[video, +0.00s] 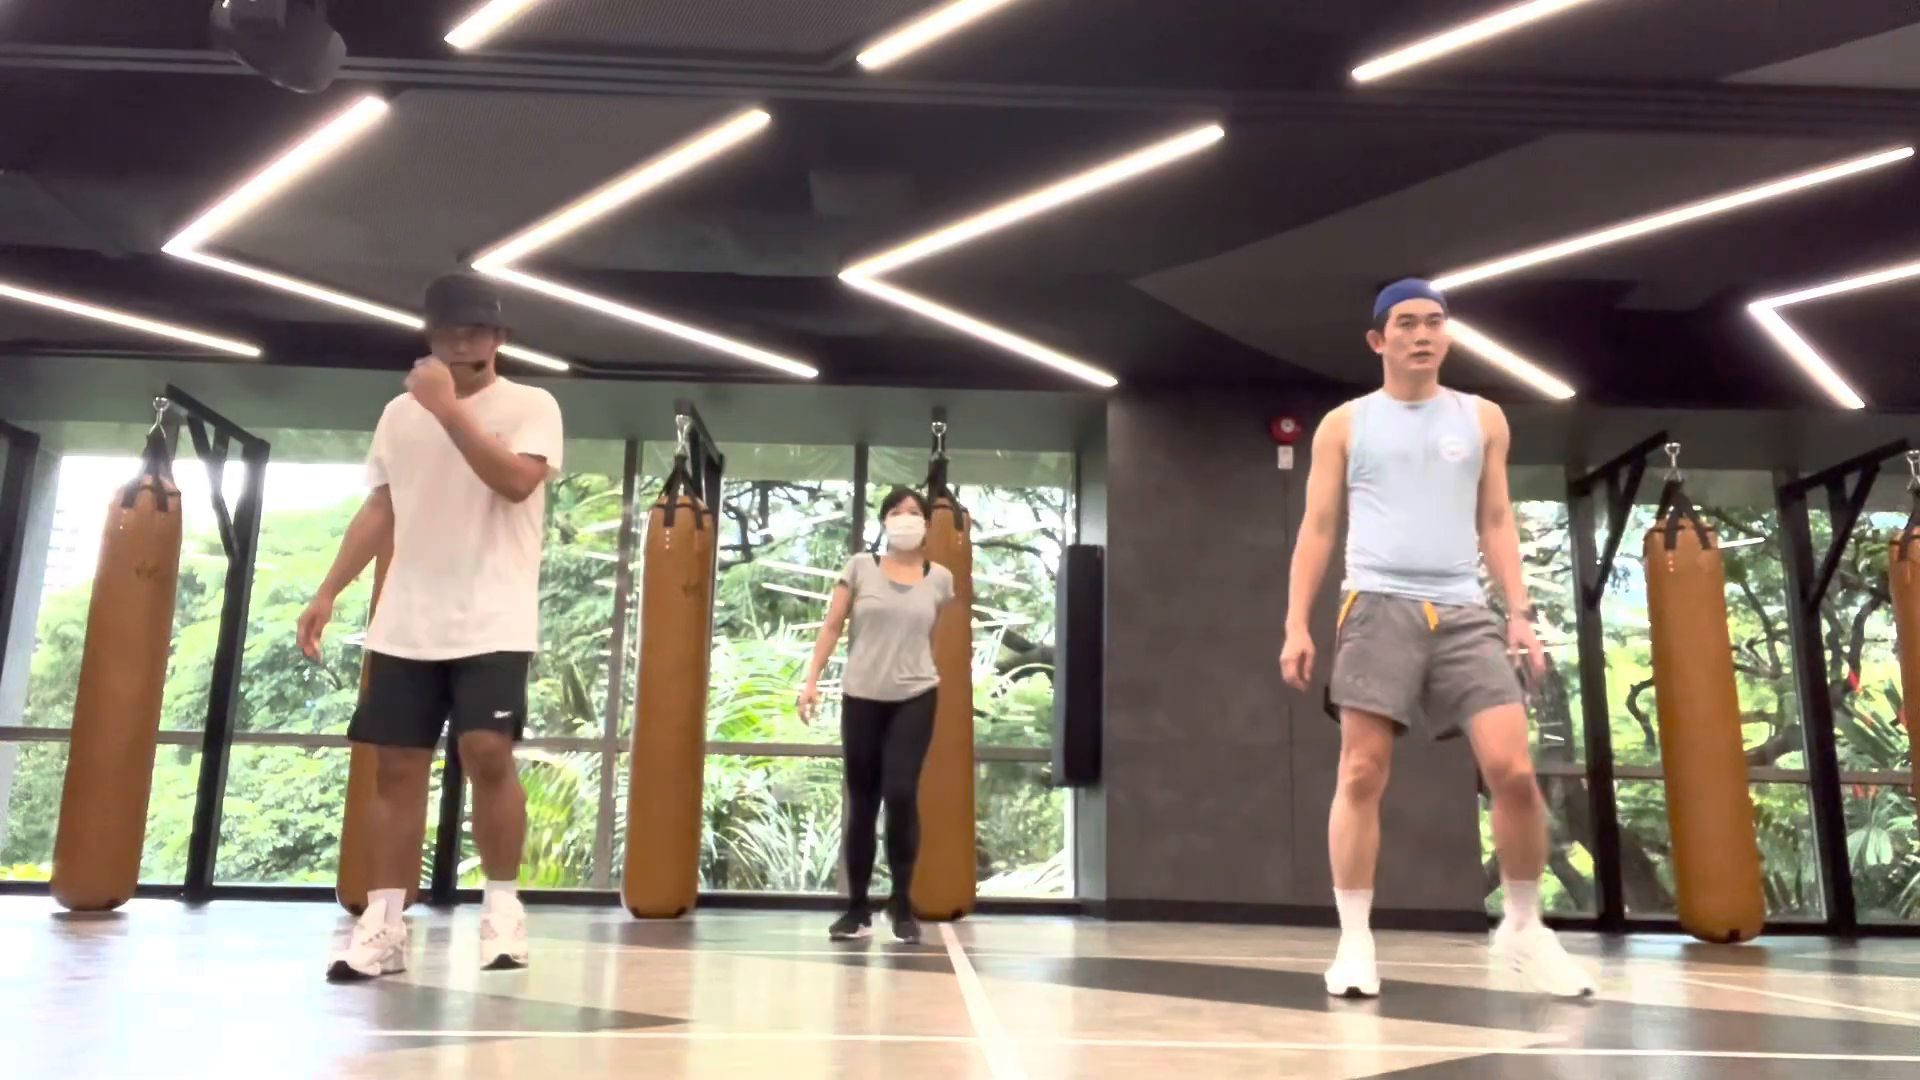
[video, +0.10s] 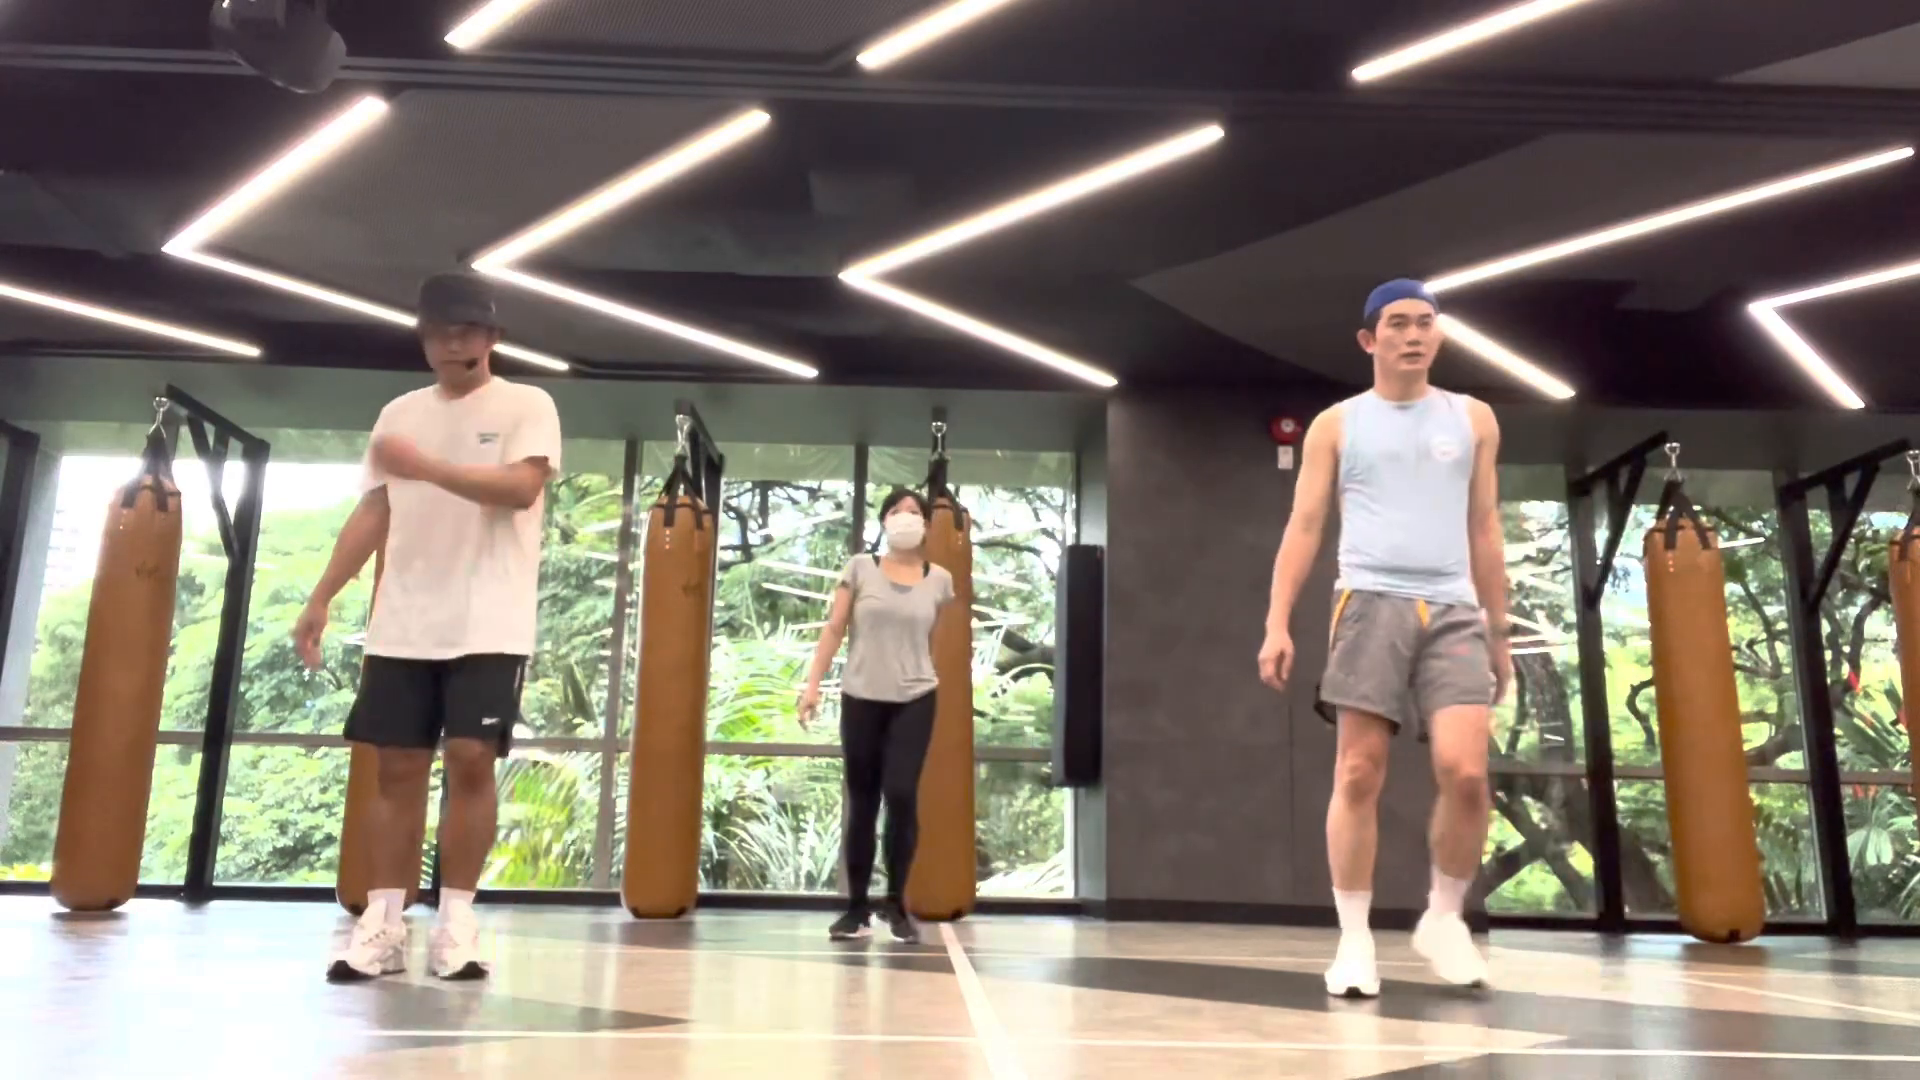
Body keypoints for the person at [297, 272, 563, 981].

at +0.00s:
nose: (472, 347)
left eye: (482, 333)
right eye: (457, 334)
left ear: (500, 335)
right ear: (431, 336)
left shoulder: (532, 406)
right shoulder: (401, 412)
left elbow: (519, 480)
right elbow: (379, 512)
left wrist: (449, 406)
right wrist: (326, 593)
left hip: (494, 621)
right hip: (406, 620)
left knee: (487, 754)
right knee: (397, 766)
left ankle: (501, 911)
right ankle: (385, 924)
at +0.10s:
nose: (461, 344)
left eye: (473, 329)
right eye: (446, 330)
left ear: (494, 334)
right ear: (423, 336)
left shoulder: (528, 406)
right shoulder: (398, 417)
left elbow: (520, 489)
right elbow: (372, 516)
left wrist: (421, 467)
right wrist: (320, 598)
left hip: (490, 626)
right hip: (403, 624)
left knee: (469, 763)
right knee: (397, 768)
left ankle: (456, 927)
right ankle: (385, 925)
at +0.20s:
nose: (459, 345)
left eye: (472, 330)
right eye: (445, 331)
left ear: (492, 335)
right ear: (422, 337)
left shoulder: (526, 407)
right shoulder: (396, 421)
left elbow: (516, 497)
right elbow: (372, 517)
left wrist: (454, 559)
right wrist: (324, 599)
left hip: (491, 630)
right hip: (402, 628)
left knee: (477, 762)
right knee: (397, 767)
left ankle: (464, 925)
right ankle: (384, 926)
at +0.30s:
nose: (463, 346)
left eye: (475, 331)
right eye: (449, 332)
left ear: (496, 337)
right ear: (426, 338)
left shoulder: (527, 410)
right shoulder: (399, 419)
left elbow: (529, 508)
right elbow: (381, 517)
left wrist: (523, 599)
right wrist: (336, 596)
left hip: (493, 630)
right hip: (406, 628)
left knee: (493, 754)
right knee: (399, 767)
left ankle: (497, 906)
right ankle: (386, 923)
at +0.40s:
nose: (471, 347)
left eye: (484, 333)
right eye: (458, 335)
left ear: (507, 335)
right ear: (438, 338)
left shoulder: (543, 413)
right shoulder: (411, 418)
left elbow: (569, 510)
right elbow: (392, 516)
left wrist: (567, 599)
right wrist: (356, 588)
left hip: (503, 621)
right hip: (414, 621)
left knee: (512, 758)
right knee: (405, 769)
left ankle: (545, 908)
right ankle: (386, 925)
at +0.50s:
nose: (491, 350)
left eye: (504, 336)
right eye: (478, 337)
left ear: (527, 342)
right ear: (458, 342)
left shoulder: (563, 416)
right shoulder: (429, 421)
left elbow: (592, 510)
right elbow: (401, 514)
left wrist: (603, 596)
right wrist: (377, 588)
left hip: (516, 631)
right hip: (424, 629)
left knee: (533, 772)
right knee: (411, 772)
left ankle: (576, 925)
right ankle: (385, 931)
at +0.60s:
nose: (520, 350)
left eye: (532, 337)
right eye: (507, 337)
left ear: (553, 344)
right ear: (484, 343)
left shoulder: (590, 422)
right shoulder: (455, 422)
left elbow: (611, 520)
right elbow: (424, 518)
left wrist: (626, 609)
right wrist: (393, 591)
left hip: (542, 635)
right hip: (448, 628)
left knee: (553, 775)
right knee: (422, 772)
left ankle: (579, 929)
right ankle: (386, 929)